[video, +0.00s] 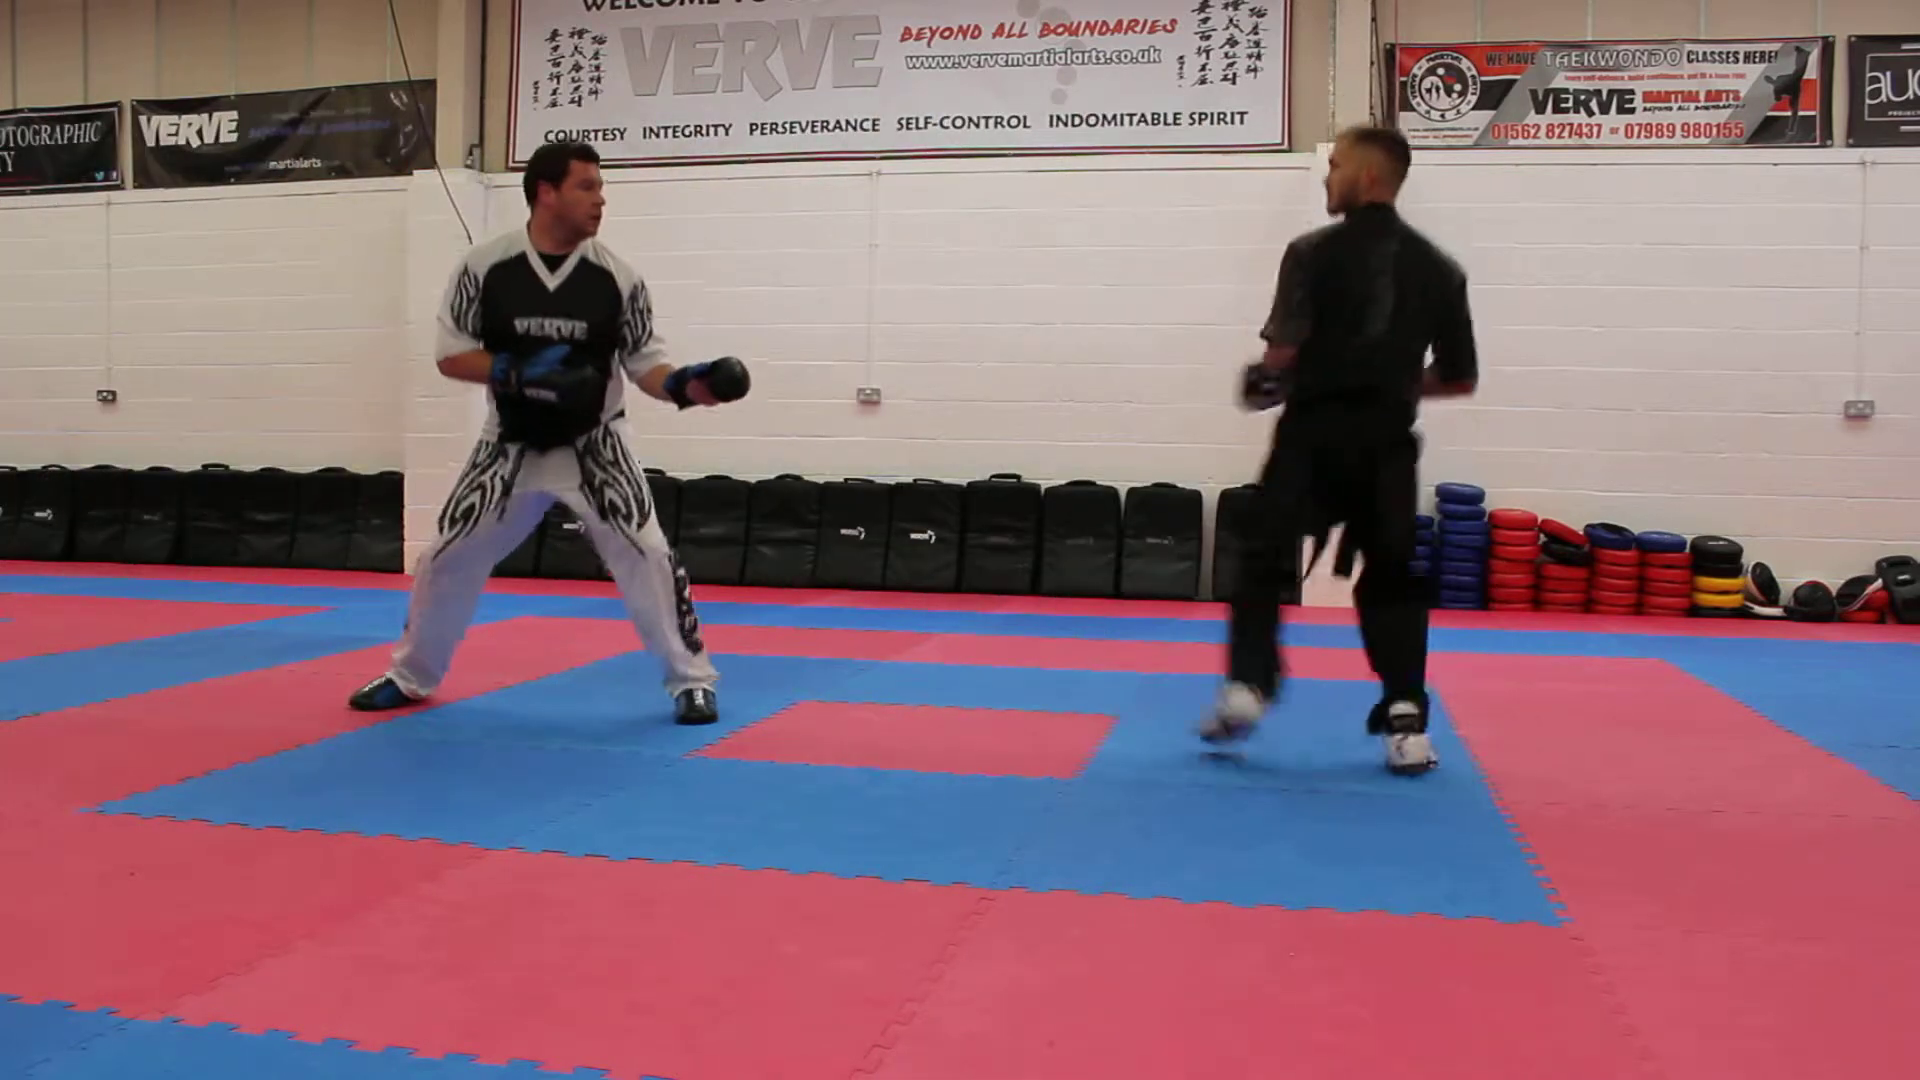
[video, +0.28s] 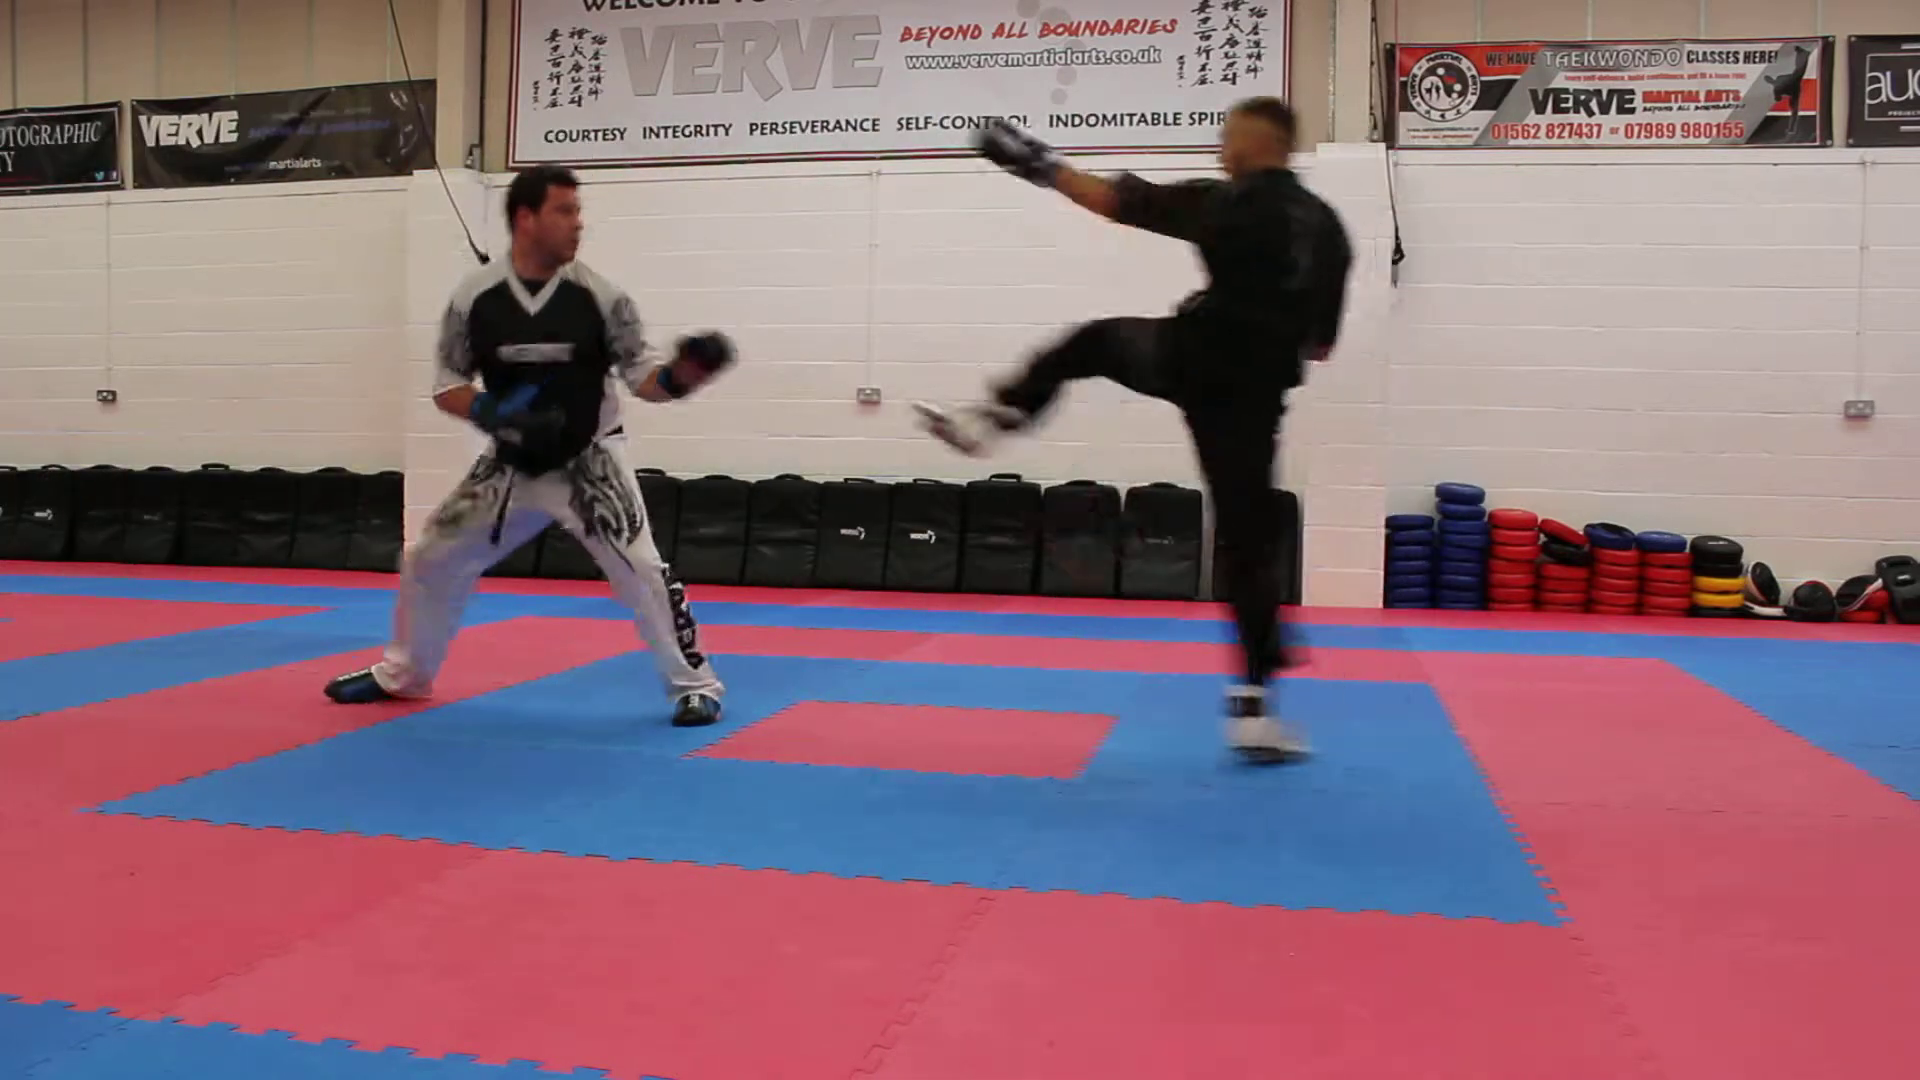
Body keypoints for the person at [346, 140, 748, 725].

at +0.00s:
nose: (600, 199)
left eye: (600, 188)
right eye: (587, 188)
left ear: (592, 195)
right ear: (544, 194)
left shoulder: (618, 278)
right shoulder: (483, 267)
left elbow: (644, 364)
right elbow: (451, 355)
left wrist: (682, 385)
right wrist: (514, 369)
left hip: (595, 448)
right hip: (509, 450)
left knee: (646, 555)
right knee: (446, 559)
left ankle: (691, 680)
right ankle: (412, 676)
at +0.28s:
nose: (579, 223)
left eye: (579, 212)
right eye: (566, 212)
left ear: (572, 219)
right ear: (525, 219)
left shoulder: (600, 298)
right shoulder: (475, 298)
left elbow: (645, 381)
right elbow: (447, 388)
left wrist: (681, 374)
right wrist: (493, 411)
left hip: (590, 462)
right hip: (510, 463)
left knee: (640, 568)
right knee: (430, 559)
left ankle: (694, 685)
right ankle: (406, 674)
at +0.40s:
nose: (524, 216)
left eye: (526, 204)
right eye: (512, 203)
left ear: (527, 210)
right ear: (474, 209)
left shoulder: (546, 285)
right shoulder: (430, 294)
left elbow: (602, 362)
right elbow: (405, 367)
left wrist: (595, 335)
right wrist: (433, 402)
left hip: (545, 449)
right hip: (472, 455)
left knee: (606, 561)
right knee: (391, 540)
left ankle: (692, 680)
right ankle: (403, 672)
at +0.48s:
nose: (485, 201)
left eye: (488, 190)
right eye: (473, 189)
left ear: (488, 196)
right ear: (435, 194)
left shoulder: (504, 263)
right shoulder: (395, 281)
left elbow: (568, 337)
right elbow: (374, 354)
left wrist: (534, 311)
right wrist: (390, 380)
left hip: (510, 423)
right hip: (447, 437)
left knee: (549, 540)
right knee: (379, 534)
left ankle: (649, 656)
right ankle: (398, 668)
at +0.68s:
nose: (388, 180)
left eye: (394, 169)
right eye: (374, 168)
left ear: (400, 175)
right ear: (342, 175)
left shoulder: (413, 232)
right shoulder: (331, 260)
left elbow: (462, 301)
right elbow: (333, 340)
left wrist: (391, 301)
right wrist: (314, 363)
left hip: (425, 393)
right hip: (382, 400)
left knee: (344, 516)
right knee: (388, 530)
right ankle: (400, 654)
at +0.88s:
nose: (243, 197)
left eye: (246, 186)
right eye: (245, 185)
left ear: (262, 187)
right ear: (293, 183)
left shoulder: (285, 228)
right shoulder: (318, 227)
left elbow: (320, 295)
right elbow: (306, 309)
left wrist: (298, 367)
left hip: (317, 414)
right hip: (367, 412)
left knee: (241, 527)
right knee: (362, 542)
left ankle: (185, 642)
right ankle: (395, 662)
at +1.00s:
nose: (248, 201)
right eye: (245, 193)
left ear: (188, 204)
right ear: (239, 195)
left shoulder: (173, 257)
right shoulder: (287, 250)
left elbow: (182, 336)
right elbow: (323, 329)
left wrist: (189, 411)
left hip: (242, 416)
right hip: (319, 412)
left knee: (204, 537)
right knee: (347, 532)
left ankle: (190, 657)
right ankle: (377, 640)